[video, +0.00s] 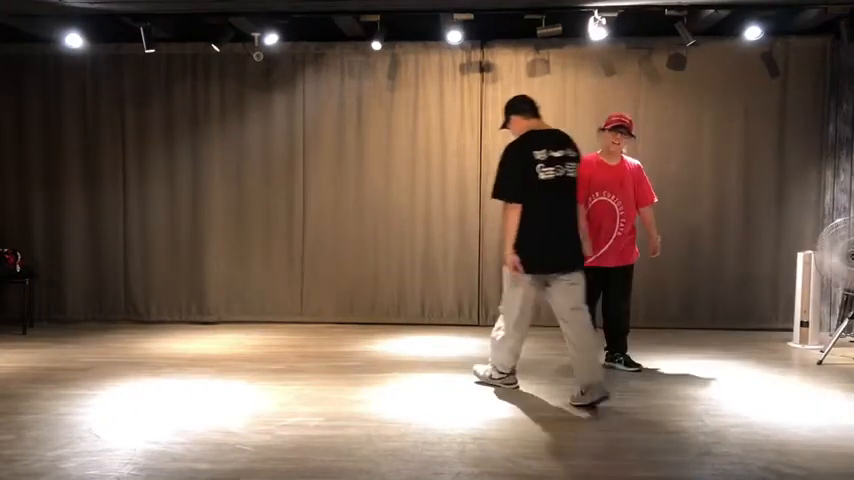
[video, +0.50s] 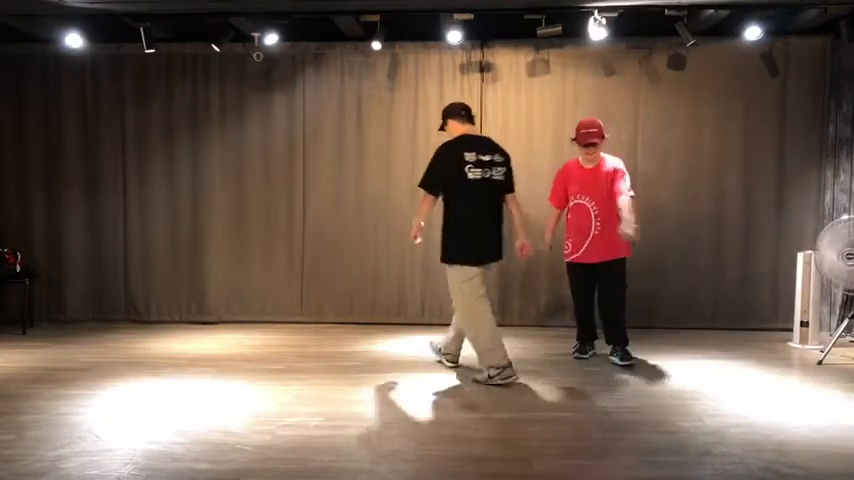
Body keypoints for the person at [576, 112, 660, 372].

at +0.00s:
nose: (617, 137)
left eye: (623, 134)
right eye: (613, 132)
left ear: (628, 139)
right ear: (603, 134)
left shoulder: (633, 168)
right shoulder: (586, 165)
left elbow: (644, 205)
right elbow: (580, 206)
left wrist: (653, 236)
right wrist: (584, 240)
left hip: (623, 250)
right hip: (592, 250)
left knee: (618, 306)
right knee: (586, 304)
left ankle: (617, 352)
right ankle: (584, 353)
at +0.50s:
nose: (590, 150)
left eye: (594, 145)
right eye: (585, 145)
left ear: (601, 143)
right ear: (577, 144)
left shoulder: (614, 167)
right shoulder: (567, 171)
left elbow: (624, 197)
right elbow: (557, 205)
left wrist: (627, 221)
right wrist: (549, 233)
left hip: (611, 248)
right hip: (578, 250)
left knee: (614, 301)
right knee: (582, 301)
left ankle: (618, 345)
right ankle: (585, 342)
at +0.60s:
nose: (592, 149)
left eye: (596, 144)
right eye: (587, 144)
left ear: (604, 143)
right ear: (579, 143)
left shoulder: (615, 166)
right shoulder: (569, 169)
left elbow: (609, 191)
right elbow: (558, 199)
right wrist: (548, 222)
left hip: (612, 245)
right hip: (580, 246)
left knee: (617, 298)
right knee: (583, 299)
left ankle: (624, 343)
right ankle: (585, 342)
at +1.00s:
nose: (604, 150)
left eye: (609, 145)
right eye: (600, 145)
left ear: (618, 144)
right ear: (594, 145)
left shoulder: (629, 169)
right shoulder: (584, 172)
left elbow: (617, 200)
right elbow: (577, 209)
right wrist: (574, 238)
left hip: (621, 248)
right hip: (590, 248)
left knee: (624, 297)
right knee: (587, 299)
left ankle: (627, 335)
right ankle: (585, 341)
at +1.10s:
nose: (609, 148)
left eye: (614, 143)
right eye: (604, 143)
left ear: (624, 144)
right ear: (599, 144)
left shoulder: (637, 170)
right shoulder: (589, 172)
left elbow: (642, 201)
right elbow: (580, 207)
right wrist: (579, 236)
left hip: (628, 246)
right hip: (595, 246)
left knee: (628, 296)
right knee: (591, 297)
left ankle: (628, 336)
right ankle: (586, 341)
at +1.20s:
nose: (614, 144)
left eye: (620, 140)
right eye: (611, 140)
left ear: (631, 142)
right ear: (607, 141)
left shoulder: (642, 169)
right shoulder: (595, 170)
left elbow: (667, 191)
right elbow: (583, 204)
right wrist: (583, 233)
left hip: (632, 245)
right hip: (600, 245)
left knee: (631, 296)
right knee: (595, 295)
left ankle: (628, 337)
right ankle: (587, 340)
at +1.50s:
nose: (625, 141)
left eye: (631, 137)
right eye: (622, 136)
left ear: (642, 141)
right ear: (617, 139)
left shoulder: (650, 166)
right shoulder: (604, 165)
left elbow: (666, 182)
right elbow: (582, 194)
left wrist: (678, 194)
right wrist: (573, 220)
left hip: (637, 242)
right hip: (605, 241)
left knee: (632, 293)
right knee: (600, 290)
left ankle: (629, 336)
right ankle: (589, 336)